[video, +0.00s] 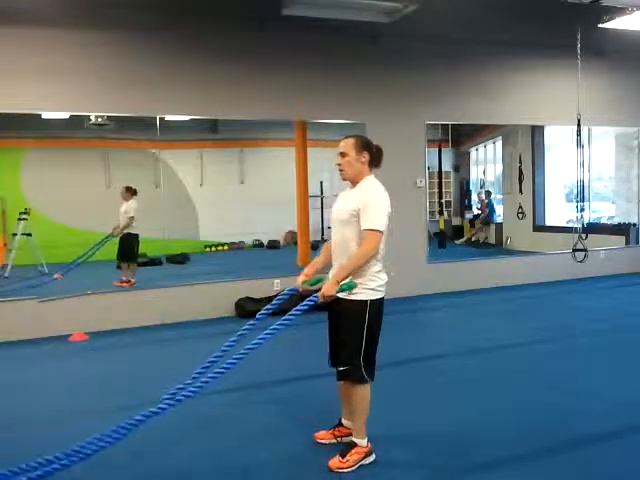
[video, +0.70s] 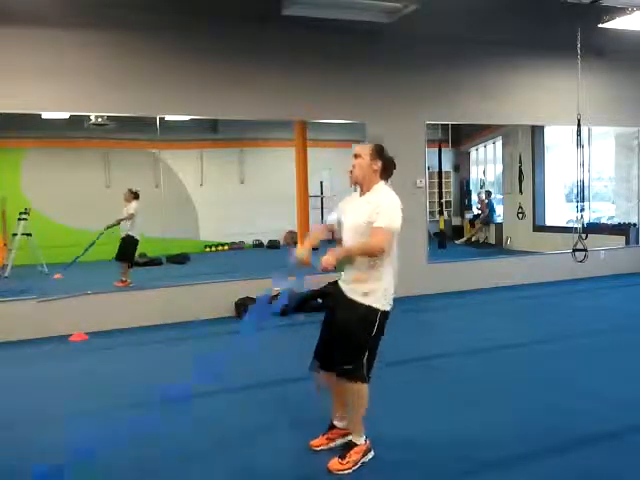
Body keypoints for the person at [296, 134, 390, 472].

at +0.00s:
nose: (338, 161)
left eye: (343, 155)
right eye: (338, 156)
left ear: (364, 159)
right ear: (351, 160)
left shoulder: (373, 193)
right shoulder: (348, 193)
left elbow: (370, 247)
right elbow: (339, 241)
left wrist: (336, 278)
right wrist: (313, 267)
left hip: (364, 295)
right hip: (342, 292)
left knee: (357, 369)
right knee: (343, 366)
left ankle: (361, 443)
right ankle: (349, 426)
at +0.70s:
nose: (351, 163)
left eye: (358, 157)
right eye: (353, 158)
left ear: (377, 166)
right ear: (367, 166)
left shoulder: (388, 201)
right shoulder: (350, 200)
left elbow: (379, 245)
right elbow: (328, 229)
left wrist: (341, 252)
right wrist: (308, 242)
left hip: (371, 299)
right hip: (344, 292)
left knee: (353, 370)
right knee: (328, 362)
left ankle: (359, 441)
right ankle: (342, 425)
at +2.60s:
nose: (322, 147)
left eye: (329, 141)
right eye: (322, 141)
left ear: (350, 147)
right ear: (328, 148)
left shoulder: (361, 175)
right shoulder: (320, 178)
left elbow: (372, 190)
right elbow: (293, 194)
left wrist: (341, 190)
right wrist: (253, 193)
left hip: (340, 282)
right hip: (311, 277)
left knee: (331, 361)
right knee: (296, 345)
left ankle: (335, 442)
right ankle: (295, 413)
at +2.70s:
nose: (314, 156)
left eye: (320, 151)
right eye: (315, 151)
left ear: (340, 156)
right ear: (329, 156)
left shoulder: (356, 186)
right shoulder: (320, 185)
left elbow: (375, 207)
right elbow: (308, 208)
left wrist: (373, 211)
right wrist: (278, 210)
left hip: (344, 293)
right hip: (315, 287)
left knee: (346, 372)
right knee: (299, 352)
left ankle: (360, 455)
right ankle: (291, 406)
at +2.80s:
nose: (306, 181)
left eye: (313, 176)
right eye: (309, 175)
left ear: (331, 183)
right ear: (325, 184)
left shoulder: (345, 215)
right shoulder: (316, 215)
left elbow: (361, 237)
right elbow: (313, 244)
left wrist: (370, 248)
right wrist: (289, 239)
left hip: (344, 317)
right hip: (318, 311)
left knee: (338, 393)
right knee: (296, 369)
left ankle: (374, 468)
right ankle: (302, 413)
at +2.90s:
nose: (312, 178)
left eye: (318, 174)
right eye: (313, 173)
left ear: (336, 181)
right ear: (326, 182)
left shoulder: (349, 215)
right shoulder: (316, 215)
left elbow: (368, 243)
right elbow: (308, 241)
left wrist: (353, 246)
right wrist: (279, 239)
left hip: (338, 313)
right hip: (311, 307)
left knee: (335, 382)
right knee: (294, 365)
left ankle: (369, 463)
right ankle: (300, 411)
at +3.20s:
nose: (323, 153)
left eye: (330, 147)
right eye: (325, 147)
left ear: (352, 154)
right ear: (343, 155)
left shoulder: (358, 189)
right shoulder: (327, 188)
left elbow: (332, 235)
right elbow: (302, 226)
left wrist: (289, 239)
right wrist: (286, 240)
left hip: (338, 288)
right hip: (313, 282)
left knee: (313, 361)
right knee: (295, 356)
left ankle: (324, 437)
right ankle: (309, 428)